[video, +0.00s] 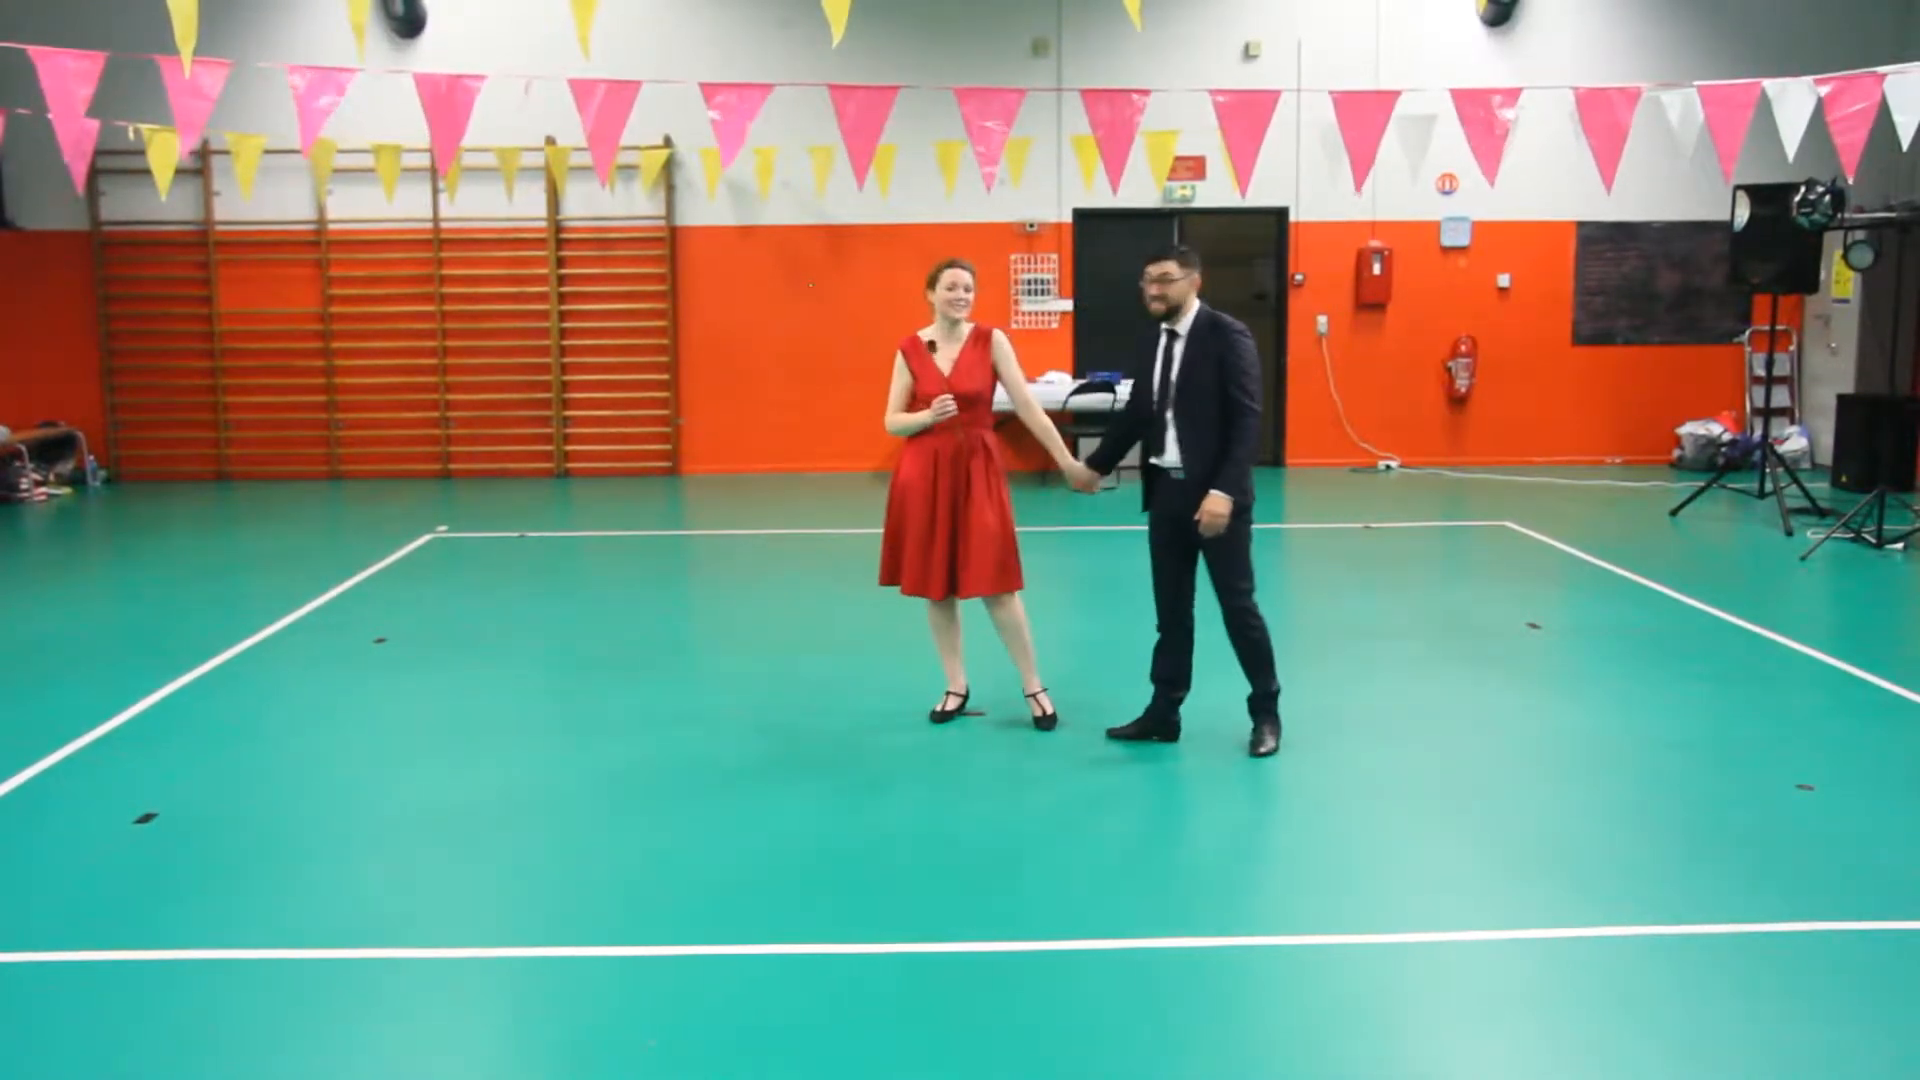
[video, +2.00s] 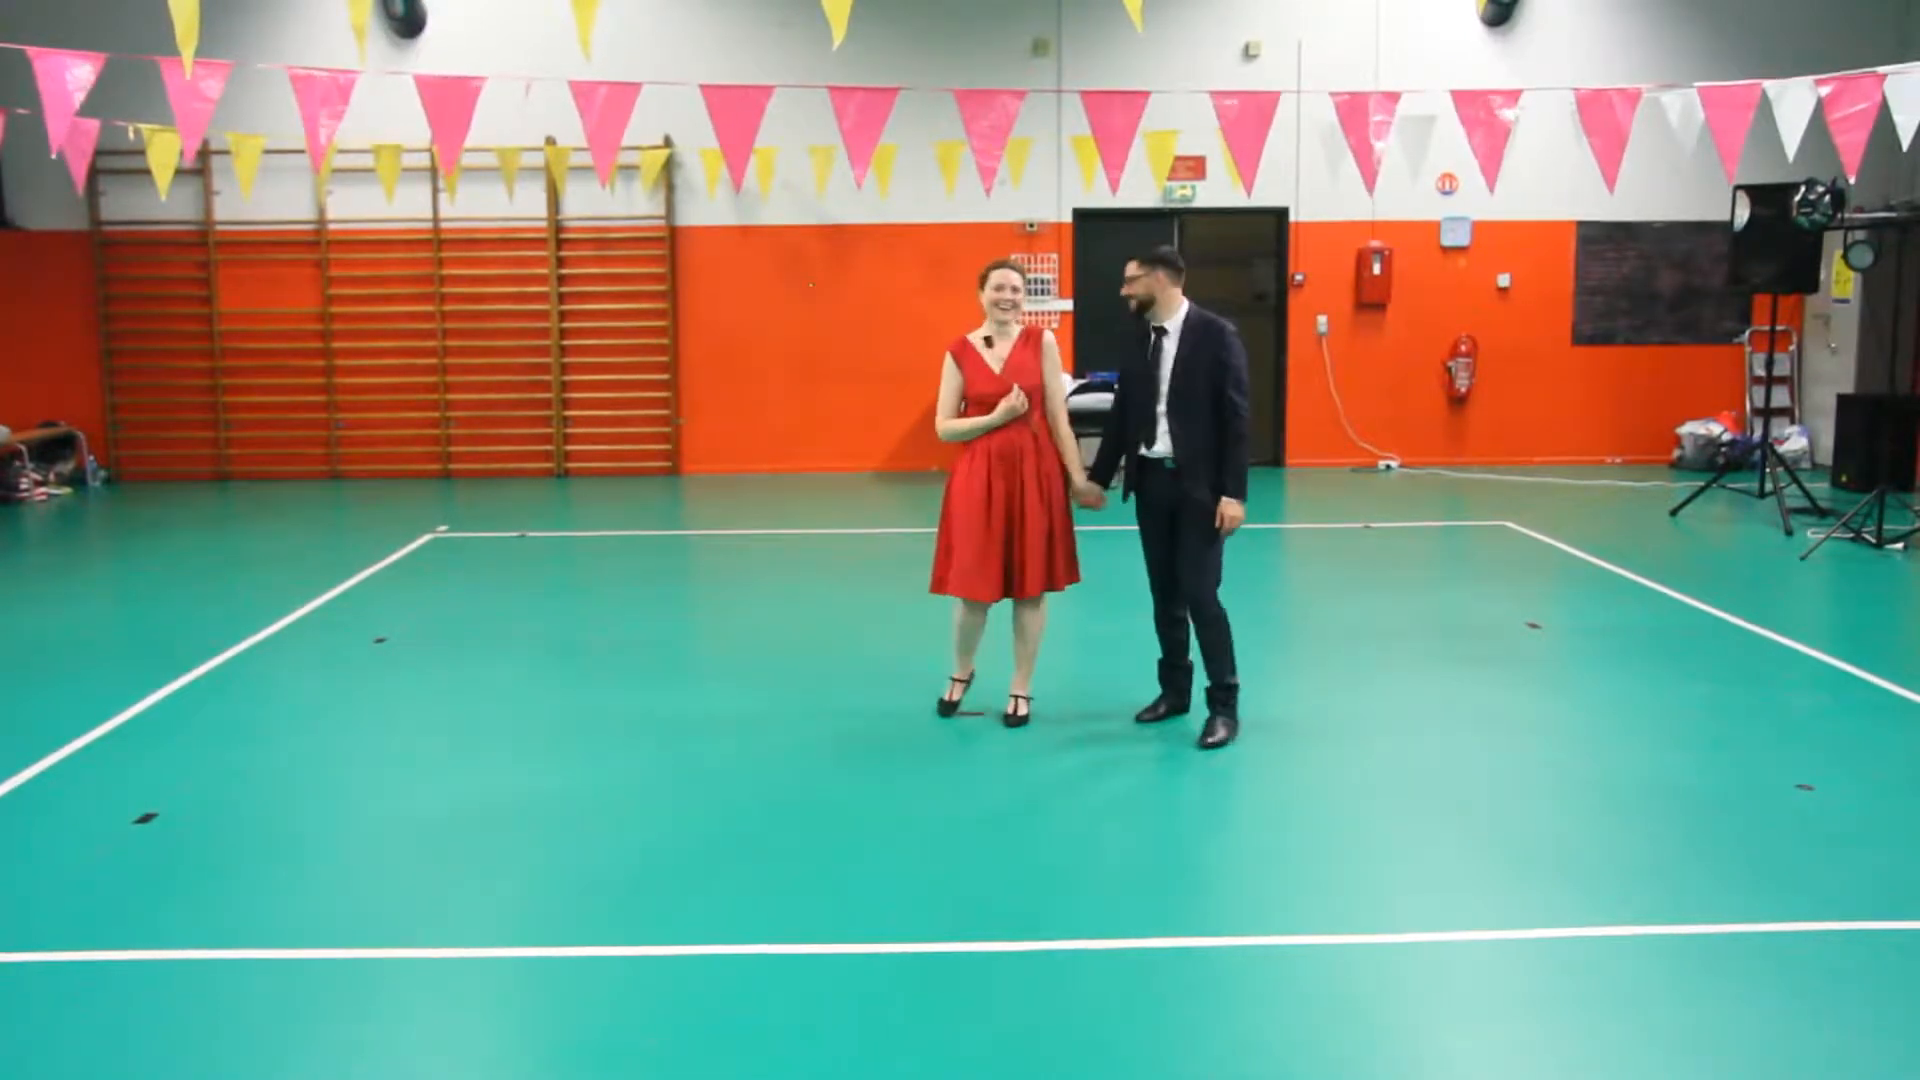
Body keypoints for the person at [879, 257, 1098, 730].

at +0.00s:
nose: (960, 296)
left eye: (967, 289)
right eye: (951, 288)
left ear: (975, 297)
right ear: (931, 295)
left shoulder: (991, 342)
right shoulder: (910, 350)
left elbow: (1028, 407)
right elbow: (892, 422)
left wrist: (1069, 463)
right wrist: (928, 416)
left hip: (977, 471)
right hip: (926, 474)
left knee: (998, 586)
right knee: (938, 587)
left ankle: (1033, 688)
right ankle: (955, 687)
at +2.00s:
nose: (1008, 296)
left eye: (1015, 289)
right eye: (999, 288)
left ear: (1025, 298)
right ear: (981, 296)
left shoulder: (1042, 344)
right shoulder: (960, 352)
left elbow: (1059, 417)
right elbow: (946, 427)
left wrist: (1078, 477)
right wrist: (995, 417)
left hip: (1034, 477)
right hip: (980, 479)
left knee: (1028, 592)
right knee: (974, 592)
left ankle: (1021, 690)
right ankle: (961, 676)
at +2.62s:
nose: (991, 296)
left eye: (993, 288)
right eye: (983, 288)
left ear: (992, 293)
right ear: (954, 292)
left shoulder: (1003, 338)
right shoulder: (926, 348)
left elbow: (1042, 403)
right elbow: (910, 422)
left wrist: (1087, 456)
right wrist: (971, 413)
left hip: (995, 474)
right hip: (944, 476)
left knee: (1004, 586)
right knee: (947, 586)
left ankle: (1018, 689)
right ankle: (951, 682)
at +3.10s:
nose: (989, 297)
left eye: (988, 290)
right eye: (983, 291)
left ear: (965, 296)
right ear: (961, 297)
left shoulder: (987, 341)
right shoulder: (921, 349)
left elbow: (1029, 399)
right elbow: (901, 424)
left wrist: (1080, 437)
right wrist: (965, 418)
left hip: (981, 476)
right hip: (933, 479)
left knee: (1000, 584)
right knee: (940, 588)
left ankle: (1016, 687)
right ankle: (951, 682)